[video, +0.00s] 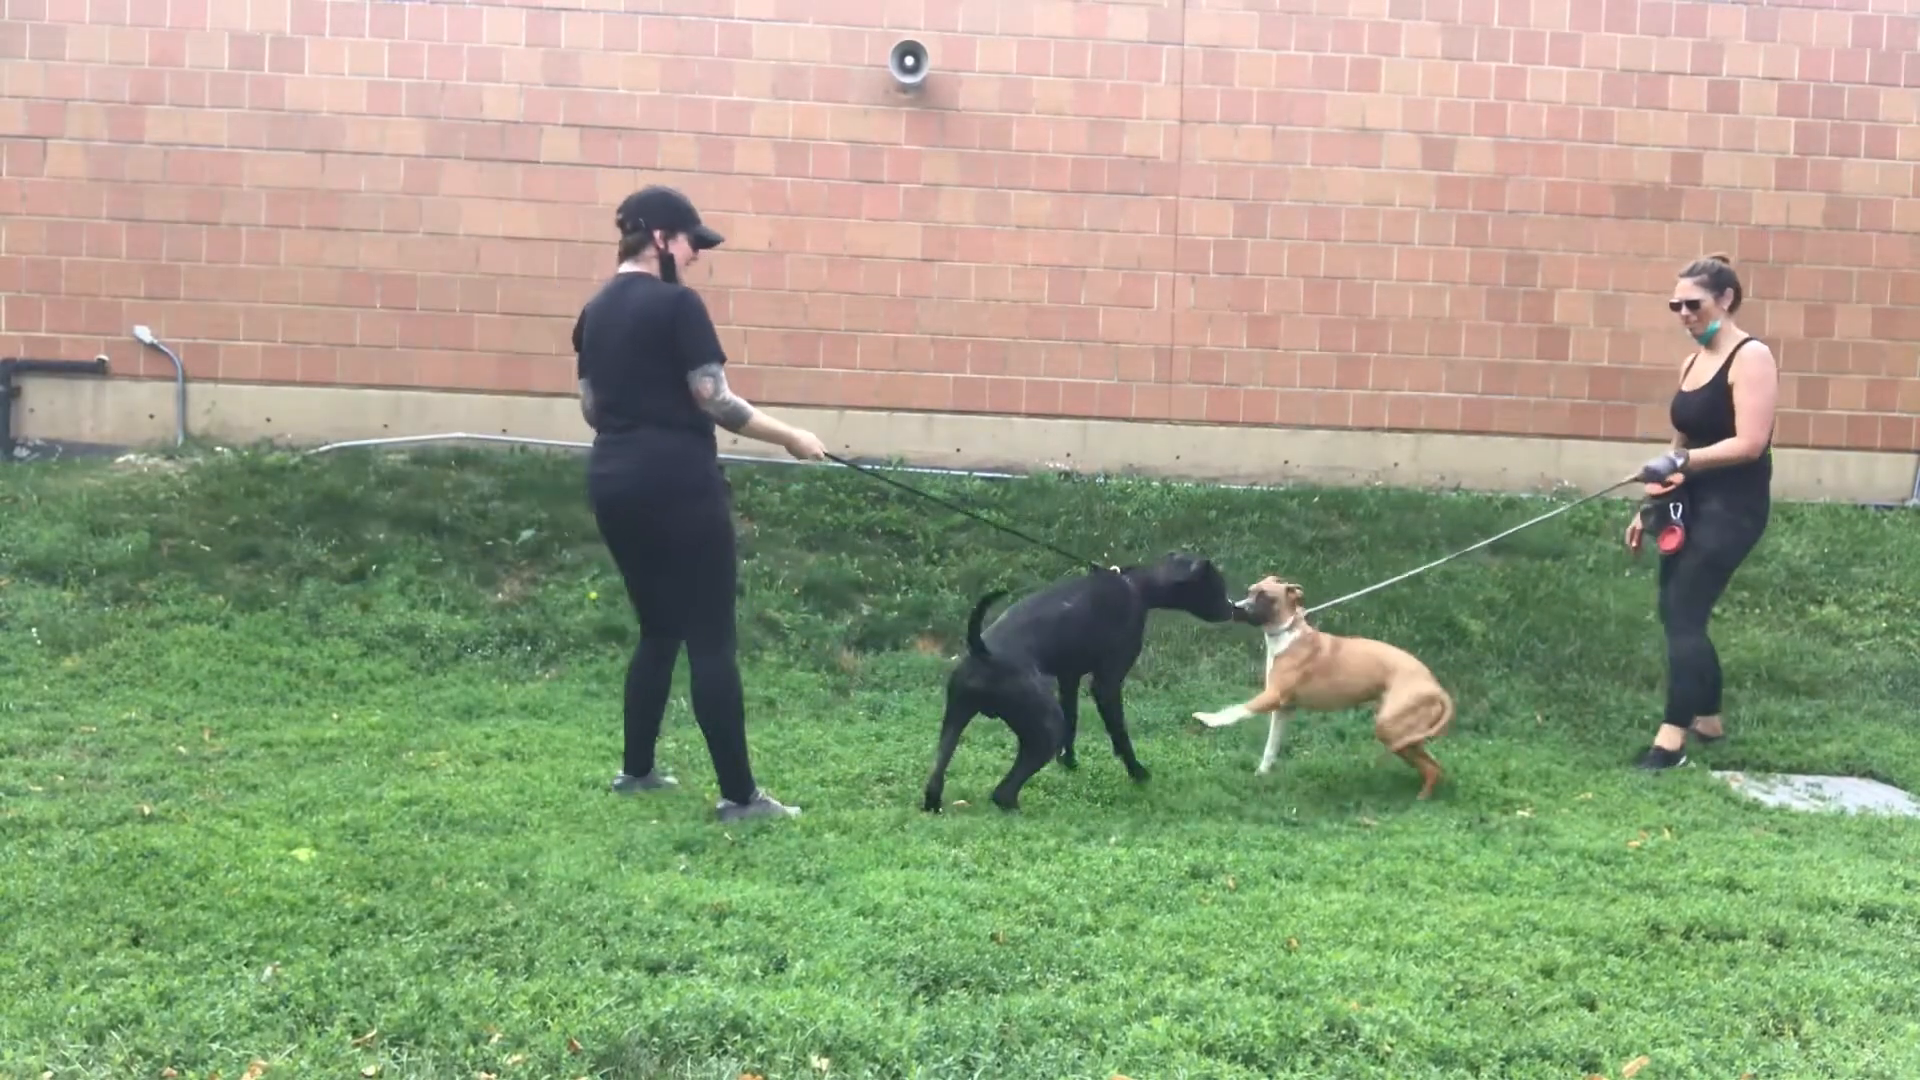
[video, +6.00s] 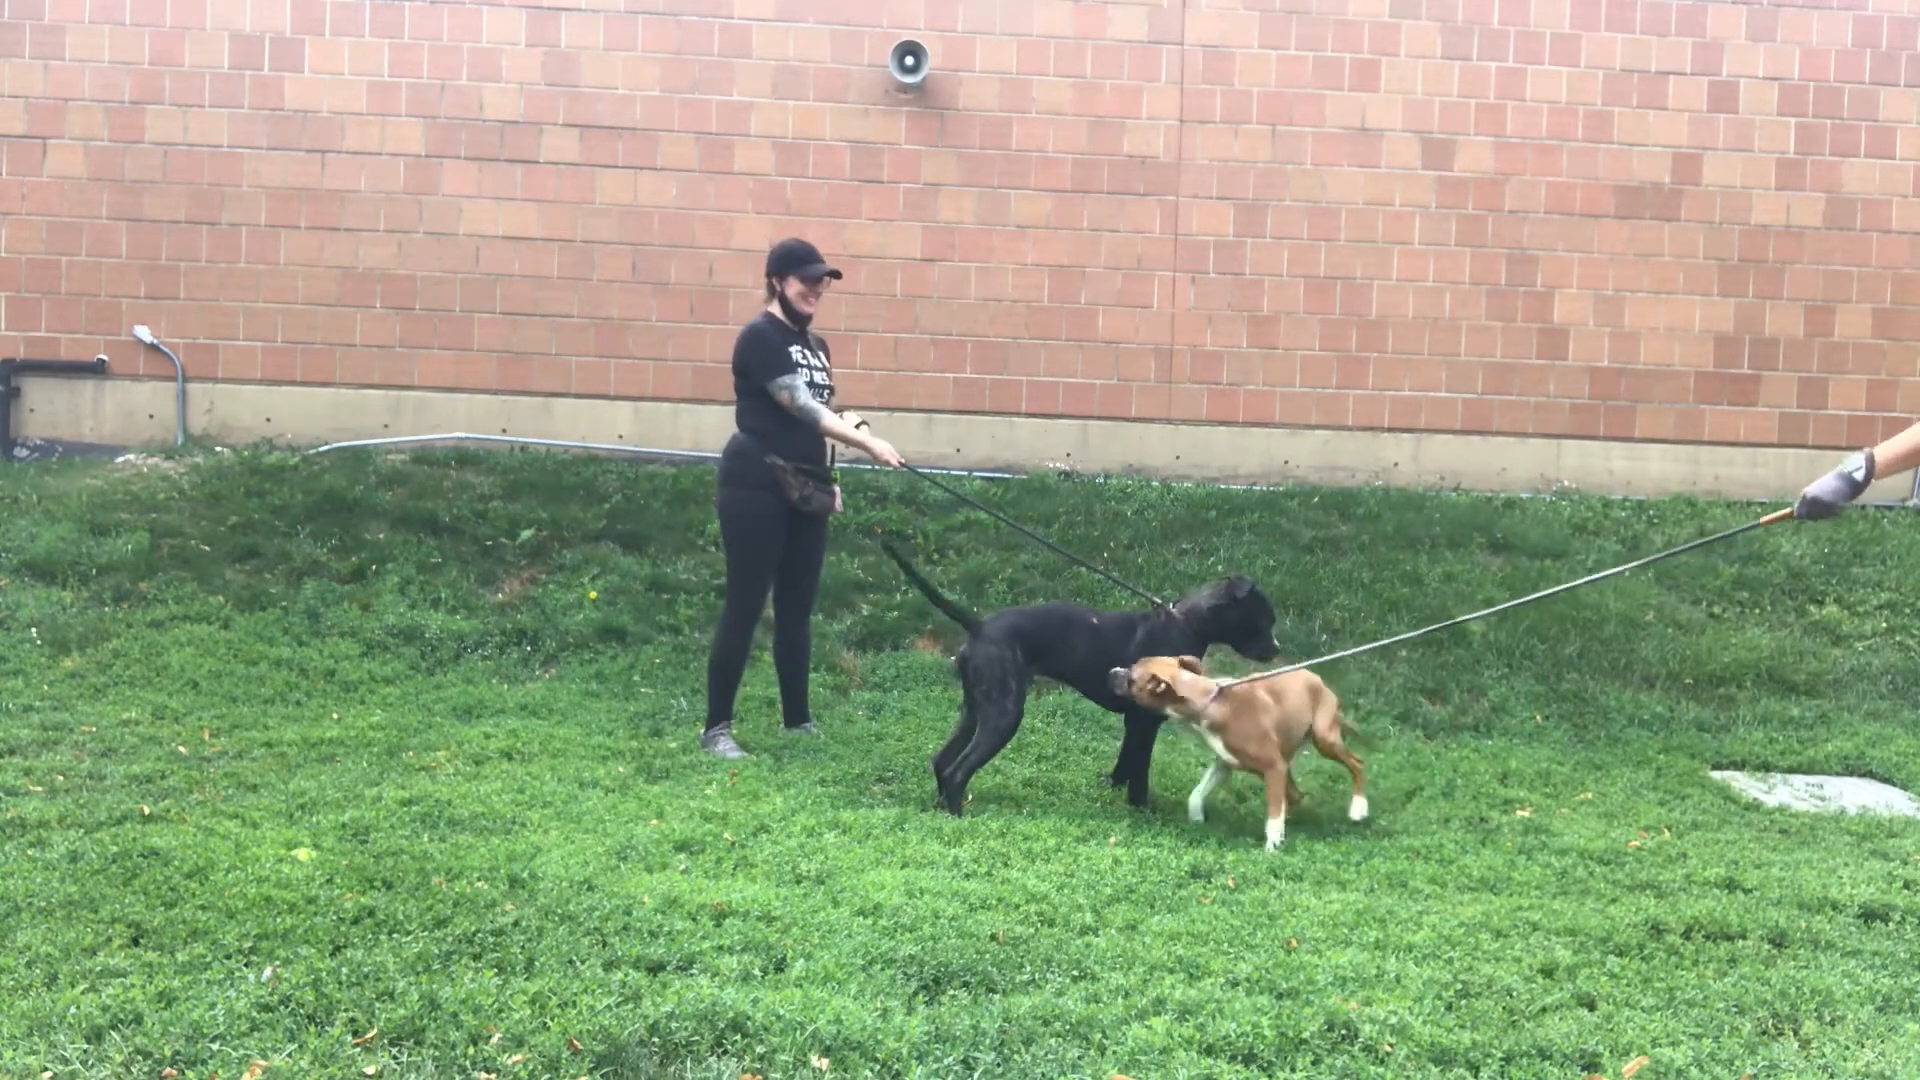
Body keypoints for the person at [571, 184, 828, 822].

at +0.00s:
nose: (699, 259)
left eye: (700, 247)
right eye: (695, 246)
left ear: (635, 241)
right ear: (664, 240)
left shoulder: (594, 309)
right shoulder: (677, 302)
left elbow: (594, 409)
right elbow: (714, 398)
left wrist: (675, 418)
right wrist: (790, 436)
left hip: (613, 472)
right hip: (679, 472)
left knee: (658, 628)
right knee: (712, 635)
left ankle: (636, 771)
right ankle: (740, 796)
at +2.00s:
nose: (743, 269)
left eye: (745, 258)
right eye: (738, 257)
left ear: (694, 256)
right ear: (707, 254)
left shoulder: (642, 315)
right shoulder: (720, 312)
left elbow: (633, 407)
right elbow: (745, 406)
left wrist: (715, 421)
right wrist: (802, 455)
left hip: (648, 469)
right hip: (710, 469)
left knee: (691, 618)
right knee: (726, 622)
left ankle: (641, 743)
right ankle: (731, 766)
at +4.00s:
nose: (722, 274)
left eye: (725, 265)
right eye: (711, 264)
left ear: (721, 269)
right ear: (681, 268)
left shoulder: (673, 316)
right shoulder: (689, 320)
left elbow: (719, 402)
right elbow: (737, 405)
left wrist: (772, 430)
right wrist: (806, 442)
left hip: (665, 466)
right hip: (691, 470)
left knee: (685, 606)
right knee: (735, 607)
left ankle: (672, 741)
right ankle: (749, 748)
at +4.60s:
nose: (742, 275)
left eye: (745, 266)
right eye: (730, 265)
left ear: (744, 270)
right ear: (700, 271)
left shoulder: (706, 319)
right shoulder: (706, 322)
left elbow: (738, 402)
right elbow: (754, 401)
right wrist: (825, 438)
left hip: (708, 467)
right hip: (713, 470)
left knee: (732, 599)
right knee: (745, 601)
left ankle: (691, 720)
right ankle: (723, 741)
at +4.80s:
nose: (763, 281)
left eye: (766, 272)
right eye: (754, 270)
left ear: (737, 274)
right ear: (721, 271)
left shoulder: (726, 319)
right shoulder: (716, 322)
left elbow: (752, 400)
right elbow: (761, 401)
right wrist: (832, 438)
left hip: (742, 470)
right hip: (720, 473)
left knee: (791, 587)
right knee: (726, 606)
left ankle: (760, 709)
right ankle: (726, 741)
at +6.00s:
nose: (816, 290)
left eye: (821, 282)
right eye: (807, 281)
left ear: (823, 285)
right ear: (778, 282)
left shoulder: (816, 346)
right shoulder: (759, 337)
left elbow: (817, 419)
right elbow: (801, 407)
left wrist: (827, 480)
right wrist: (869, 439)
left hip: (807, 483)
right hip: (756, 479)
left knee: (795, 608)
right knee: (745, 604)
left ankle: (798, 724)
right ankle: (717, 729)